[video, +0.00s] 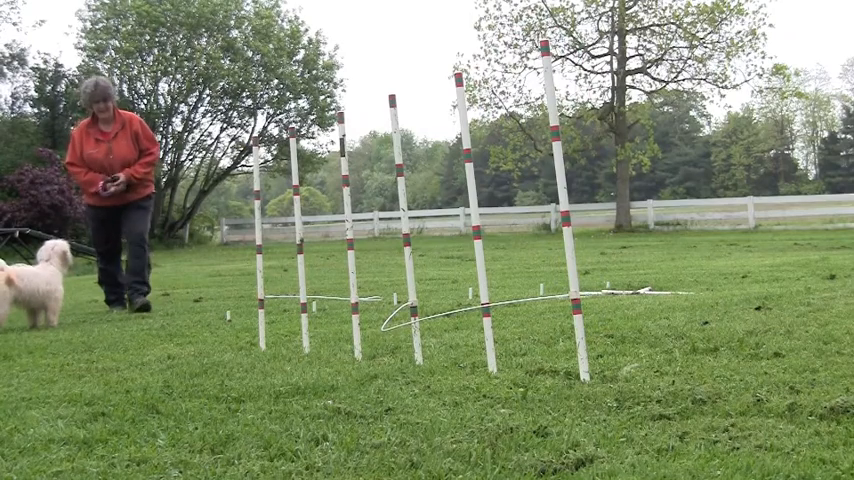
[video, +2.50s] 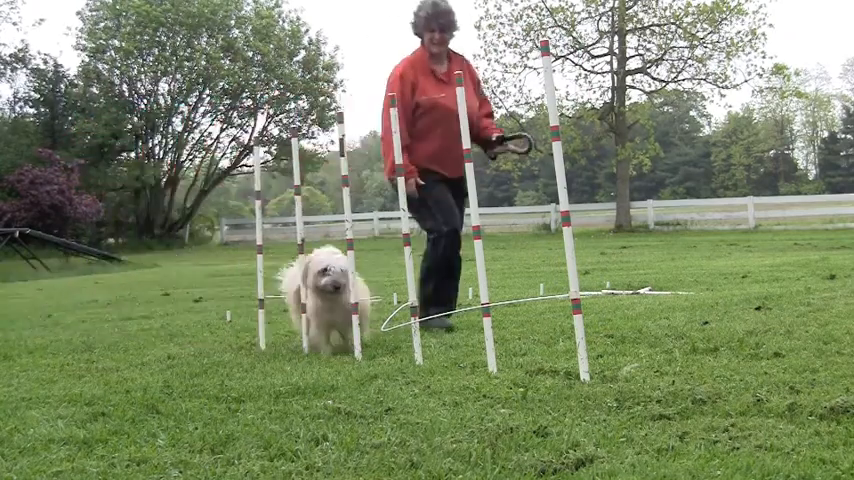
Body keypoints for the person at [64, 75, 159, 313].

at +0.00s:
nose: (102, 106)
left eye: (106, 100)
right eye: (96, 102)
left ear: (113, 99)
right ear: (89, 105)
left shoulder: (133, 122)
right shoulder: (80, 132)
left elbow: (152, 153)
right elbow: (74, 167)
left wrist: (129, 176)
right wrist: (99, 184)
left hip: (136, 197)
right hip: (101, 202)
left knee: (137, 240)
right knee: (106, 252)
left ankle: (138, 295)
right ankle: (115, 301)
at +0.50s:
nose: (134, 112)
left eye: (139, 107)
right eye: (130, 106)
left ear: (149, 104)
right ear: (124, 102)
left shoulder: (163, 122)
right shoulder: (110, 120)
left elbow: (180, 153)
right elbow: (86, 143)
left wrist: (175, 176)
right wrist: (56, 153)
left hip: (153, 199)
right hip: (118, 198)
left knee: (145, 251)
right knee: (126, 246)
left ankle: (137, 304)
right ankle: (115, 295)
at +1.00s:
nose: (178, 97)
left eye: (183, 92)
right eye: (173, 92)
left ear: (189, 90)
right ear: (164, 89)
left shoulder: (199, 112)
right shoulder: (148, 116)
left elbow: (212, 146)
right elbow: (134, 157)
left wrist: (220, 168)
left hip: (187, 197)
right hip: (150, 197)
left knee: (192, 241)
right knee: (150, 255)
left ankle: (167, 282)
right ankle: (153, 307)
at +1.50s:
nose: (259, 76)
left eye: (264, 71)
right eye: (253, 71)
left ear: (271, 72)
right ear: (243, 72)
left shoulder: (277, 105)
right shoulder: (228, 100)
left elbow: (283, 145)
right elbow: (211, 143)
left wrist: (293, 164)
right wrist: (208, 185)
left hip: (263, 193)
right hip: (231, 193)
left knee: (258, 255)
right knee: (243, 248)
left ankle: (246, 313)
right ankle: (216, 294)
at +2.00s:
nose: (348, 59)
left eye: (353, 53)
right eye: (341, 54)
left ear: (361, 54)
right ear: (331, 55)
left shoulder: (368, 87)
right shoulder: (316, 89)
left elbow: (378, 132)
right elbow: (301, 138)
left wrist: (389, 158)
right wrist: (308, 182)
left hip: (360, 186)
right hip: (323, 188)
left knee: (374, 243)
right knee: (325, 254)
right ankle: (336, 313)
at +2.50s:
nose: (437, 36)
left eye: (443, 30)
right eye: (431, 31)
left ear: (451, 32)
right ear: (420, 33)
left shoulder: (464, 68)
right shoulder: (405, 73)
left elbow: (480, 112)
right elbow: (393, 126)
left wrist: (492, 138)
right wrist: (402, 171)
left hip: (455, 171)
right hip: (420, 172)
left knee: (451, 240)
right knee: (446, 230)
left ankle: (441, 313)